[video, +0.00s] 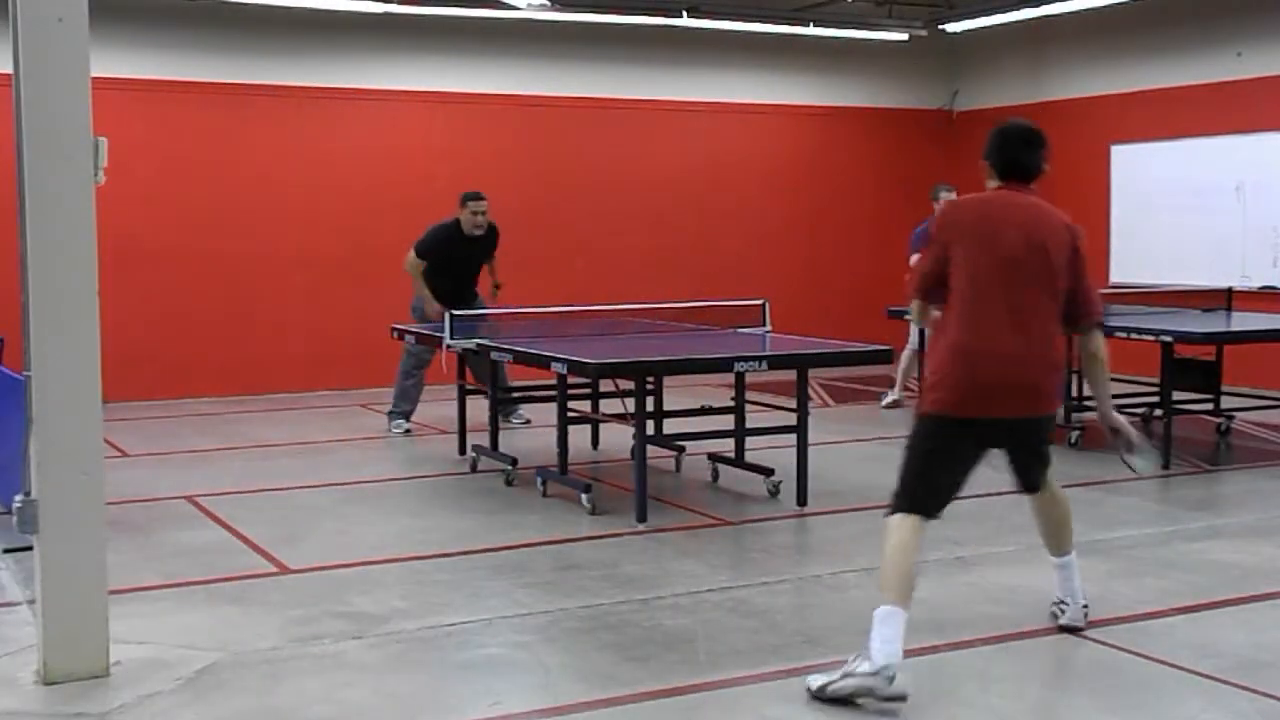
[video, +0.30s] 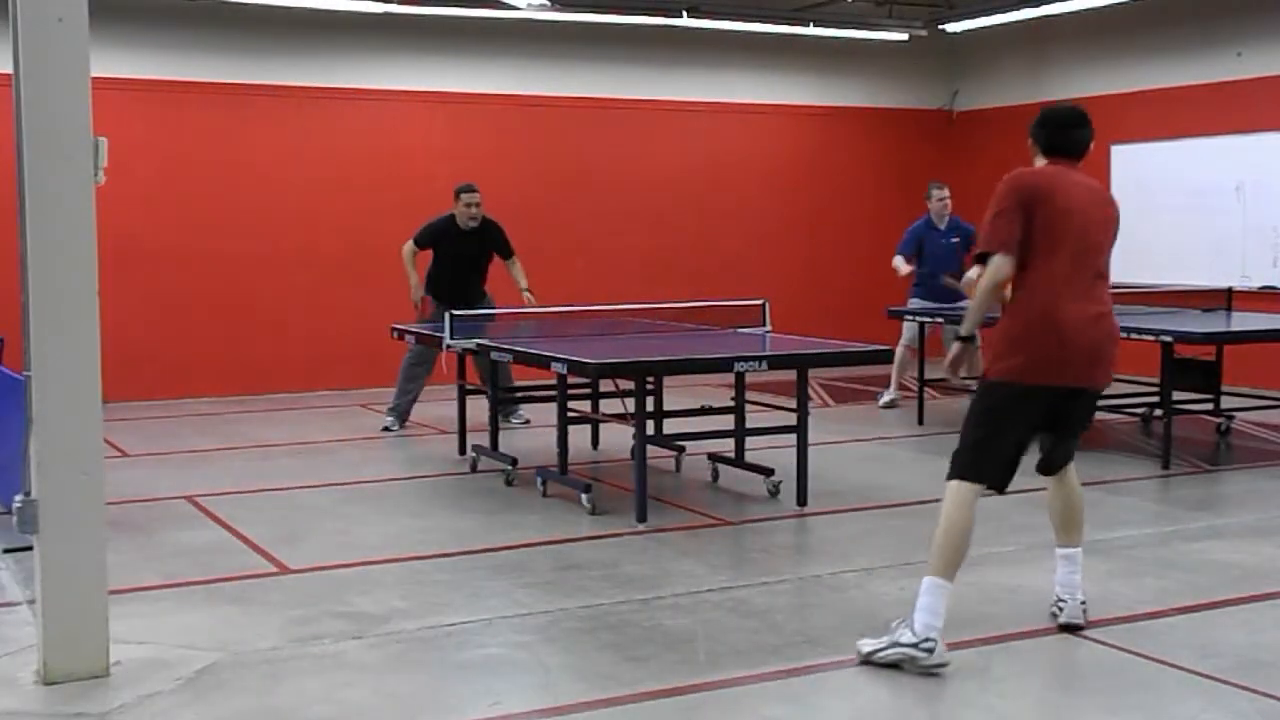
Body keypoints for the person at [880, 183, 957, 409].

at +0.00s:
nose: (951, 207)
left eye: (953, 202)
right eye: (946, 202)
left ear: (957, 204)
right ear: (935, 203)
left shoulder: (959, 231)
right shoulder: (923, 233)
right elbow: (916, 263)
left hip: (953, 298)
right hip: (927, 297)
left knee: (950, 346)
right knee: (914, 346)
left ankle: (945, 395)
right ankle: (897, 391)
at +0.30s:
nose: (946, 204)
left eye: (948, 199)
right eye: (940, 200)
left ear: (952, 201)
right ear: (928, 203)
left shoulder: (963, 230)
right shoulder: (918, 230)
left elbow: (979, 256)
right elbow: (899, 257)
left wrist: (972, 276)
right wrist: (903, 268)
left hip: (955, 296)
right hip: (923, 296)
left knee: (970, 342)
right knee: (907, 342)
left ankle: (974, 382)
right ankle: (893, 389)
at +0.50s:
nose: (917, 216)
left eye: (921, 211)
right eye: (912, 212)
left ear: (929, 211)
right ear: (907, 215)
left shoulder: (945, 231)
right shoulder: (904, 237)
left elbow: (975, 252)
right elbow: (889, 265)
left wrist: (961, 275)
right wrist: (877, 282)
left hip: (949, 300)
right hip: (916, 301)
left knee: (969, 347)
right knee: (901, 345)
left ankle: (977, 387)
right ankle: (893, 390)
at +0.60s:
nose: (907, 216)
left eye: (911, 210)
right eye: (902, 211)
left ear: (920, 211)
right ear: (896, 214)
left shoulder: (938, 233)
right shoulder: (897, 239)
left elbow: (967, 254)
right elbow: (890, 270)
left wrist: (952, 278)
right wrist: (882, 280)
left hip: (943, 300)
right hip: (911, 301)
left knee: (964, 347)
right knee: (899, 346)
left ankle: (977, 386)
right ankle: (893, 390)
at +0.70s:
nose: (905, 211)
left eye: (908, 206)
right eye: (900, 208)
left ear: (915, 205)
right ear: (893, 212)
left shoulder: (931, 227)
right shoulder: (892, 236)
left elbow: (959, 254)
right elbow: (896, 265)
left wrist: (943, 276)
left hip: (940, 298)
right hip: (908, 300)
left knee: (963, 344)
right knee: (898, 345)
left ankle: (977, 385)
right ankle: (892, 390)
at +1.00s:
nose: (932, 202)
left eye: (934, 197)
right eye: (927, 198)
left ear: (936, 199)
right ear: (914, 200)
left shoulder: (944, 227)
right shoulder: (904, 230)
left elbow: (955, 255)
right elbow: (907, 261)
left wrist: (953, 277)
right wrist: (936, 252)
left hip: (942, 294)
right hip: (913, 295)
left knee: (961, 339)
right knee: (903, 343)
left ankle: (974, 382)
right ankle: (892, 391)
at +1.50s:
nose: (951, 201)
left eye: (952, 197)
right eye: (945, 198)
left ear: (956, 198)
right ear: (933, 201)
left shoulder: (964, 228)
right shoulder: (921, 228)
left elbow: (978, 255)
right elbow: (907, 258)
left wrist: (978, 278)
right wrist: (926, 266)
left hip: (955, 297)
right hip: (922, 297)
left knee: (971, 343)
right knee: (908, 342)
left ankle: (973, 387)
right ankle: (896, 390)